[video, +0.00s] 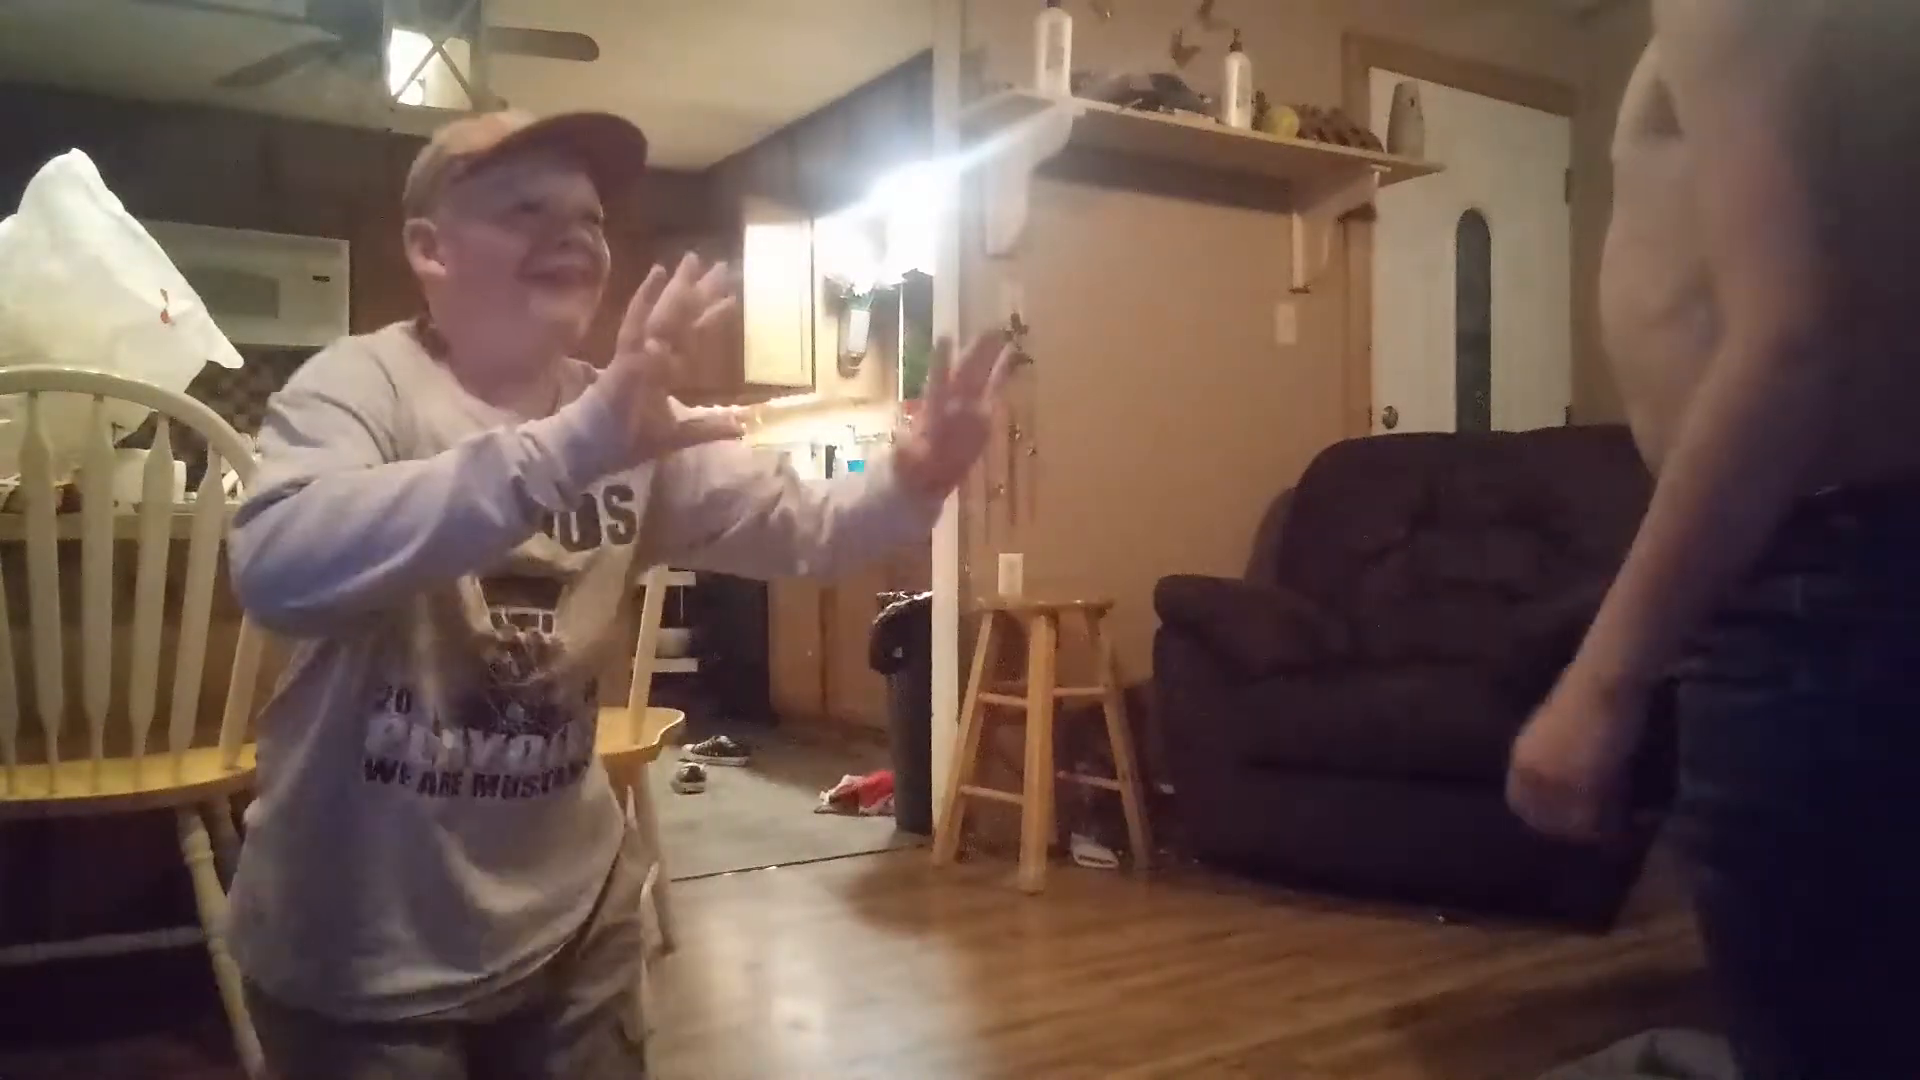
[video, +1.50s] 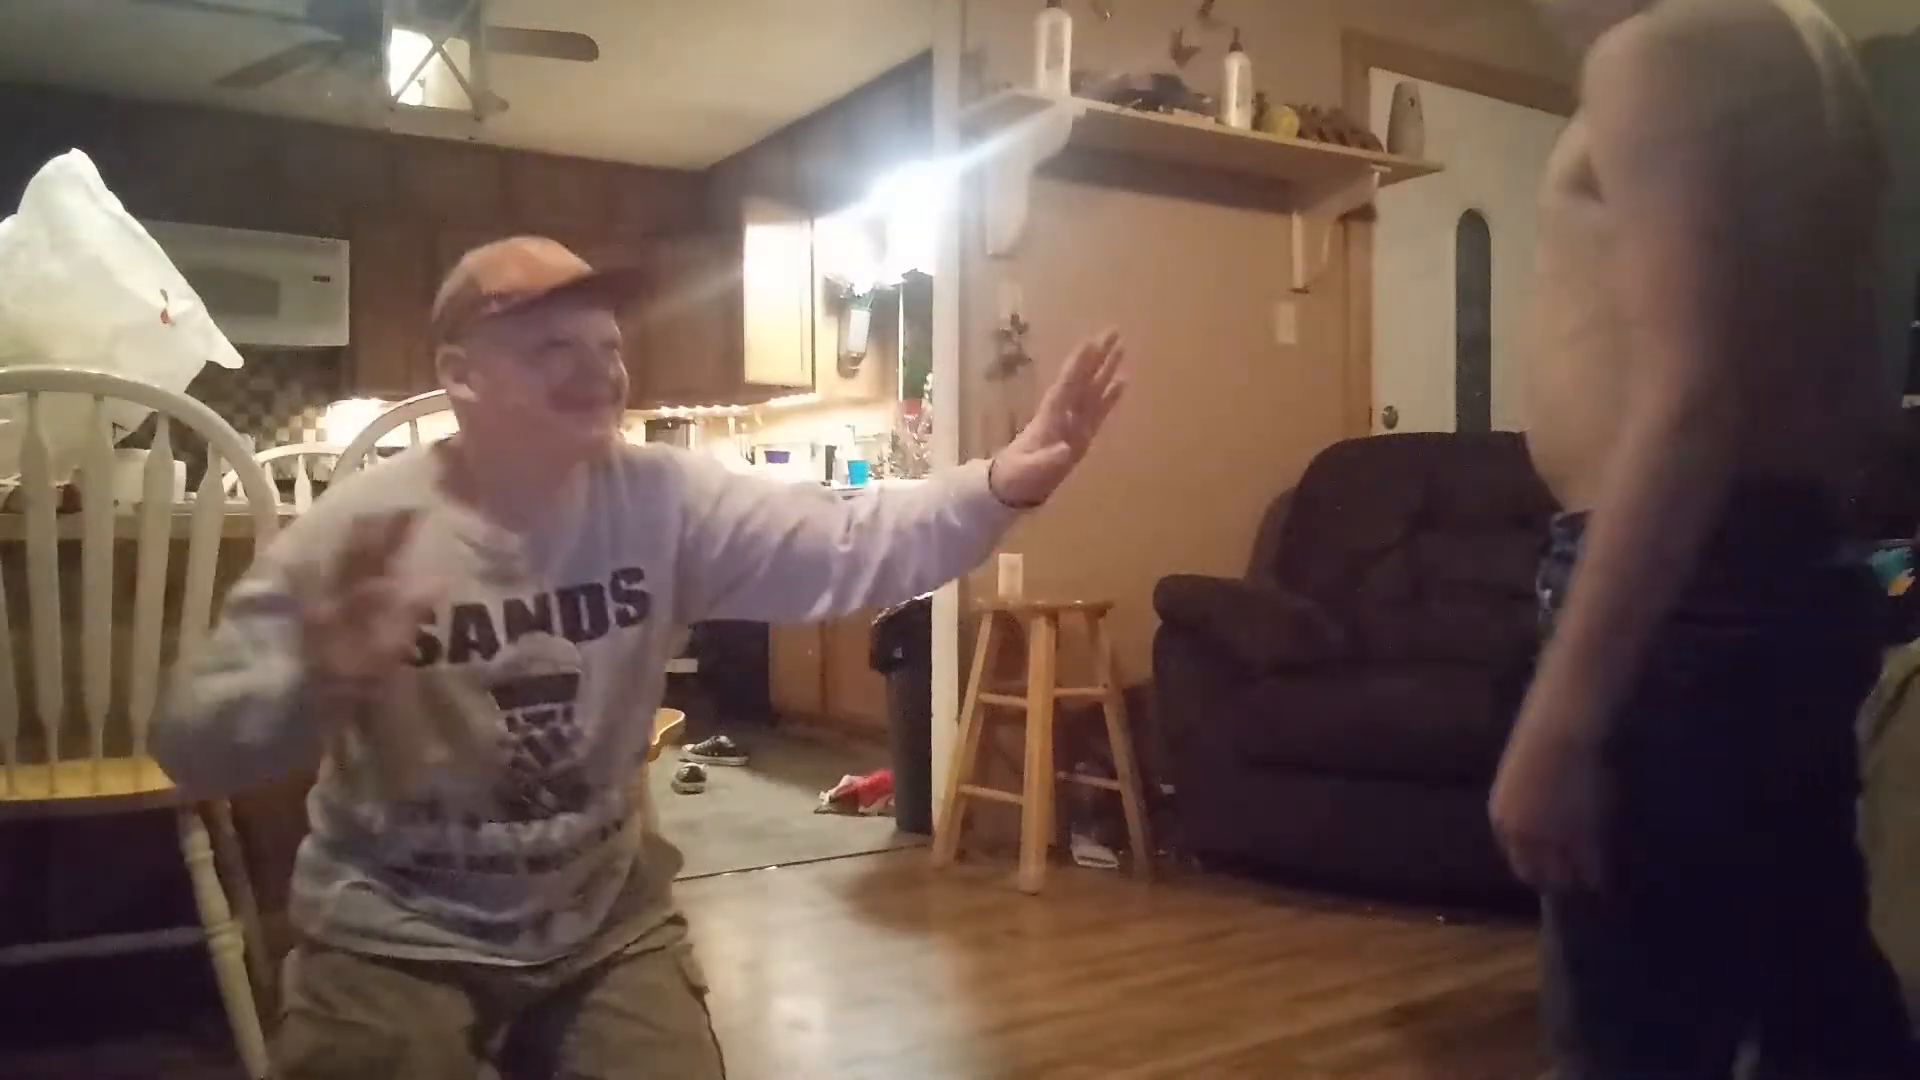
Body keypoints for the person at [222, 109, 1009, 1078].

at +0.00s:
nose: (574, 237)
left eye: (589, 220)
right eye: (525, 211)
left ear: (612, 255)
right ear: (429, 253)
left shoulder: (625, 420)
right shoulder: (353, 386)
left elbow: (796, 518)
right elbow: (283, 563)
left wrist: (910, 488)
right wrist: (580, 441)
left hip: (569, 924)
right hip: (360, 937)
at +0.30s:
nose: (584, 263)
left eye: (593, 241)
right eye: (536, 235)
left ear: (610, 271)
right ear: (435, 268)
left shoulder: (636, 426)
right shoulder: (344, 413)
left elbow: (820, 490)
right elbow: (271, 605)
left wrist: (976, 441)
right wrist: (545, 478)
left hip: (582, 929)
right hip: (364, 955)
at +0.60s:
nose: (459, 257)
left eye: (468, 243)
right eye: (410, 229)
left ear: (478, 278)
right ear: (298, 256)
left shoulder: (525, 439)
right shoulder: (165, 442)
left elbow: (701, 513)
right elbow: (52, 679)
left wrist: (858, 482)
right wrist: (312, 571)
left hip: (514, 953)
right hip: (264, 975)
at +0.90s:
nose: (464, 295)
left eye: (477, 275)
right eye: (418, 266)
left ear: (493, 297)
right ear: (311, 295)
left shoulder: (528, 449)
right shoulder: (175, 472)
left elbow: (714, 501)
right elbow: (8, 662)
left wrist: (888, 449)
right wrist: (106, 695)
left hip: (467, 948)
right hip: (231, 975)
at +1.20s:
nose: (560, 340)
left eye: (569, 316)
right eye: (518, 315)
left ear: (583, 329)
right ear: (414, 337)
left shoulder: (615, 478)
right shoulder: (287, 490)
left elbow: (811, 534)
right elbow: (156, 681)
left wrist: (960, 491)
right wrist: (159, 664)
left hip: (560, 917)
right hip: (325, 939)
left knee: (661, 1068)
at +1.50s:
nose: (598, 370)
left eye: (607, 343)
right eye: (557, 349)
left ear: (621, 351)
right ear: (465, 375)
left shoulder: (660, 498)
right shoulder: (356, 527)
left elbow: (844, 539)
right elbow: (192, 747)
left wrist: (1016, 476)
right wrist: (318, 675)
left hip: (604, 919)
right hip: (393, 932)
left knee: (676, 1066)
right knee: (364, 1067)